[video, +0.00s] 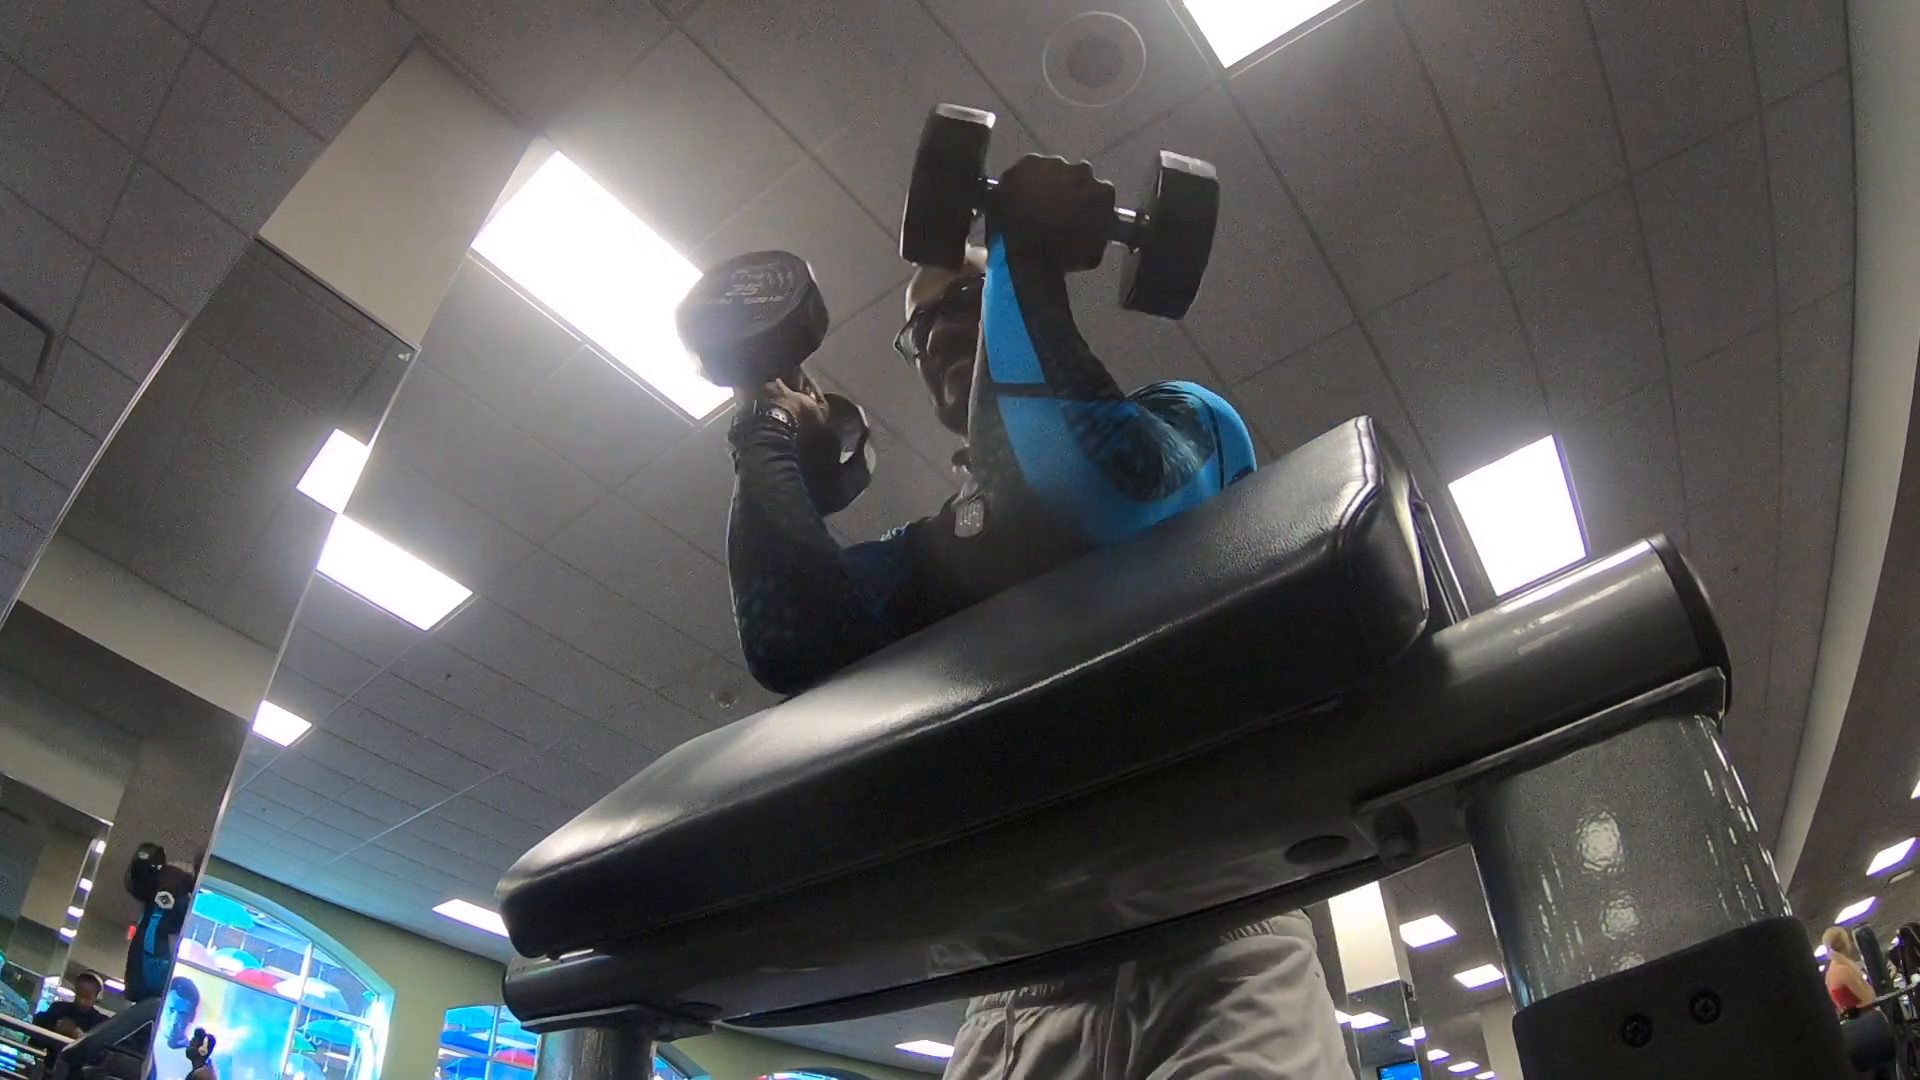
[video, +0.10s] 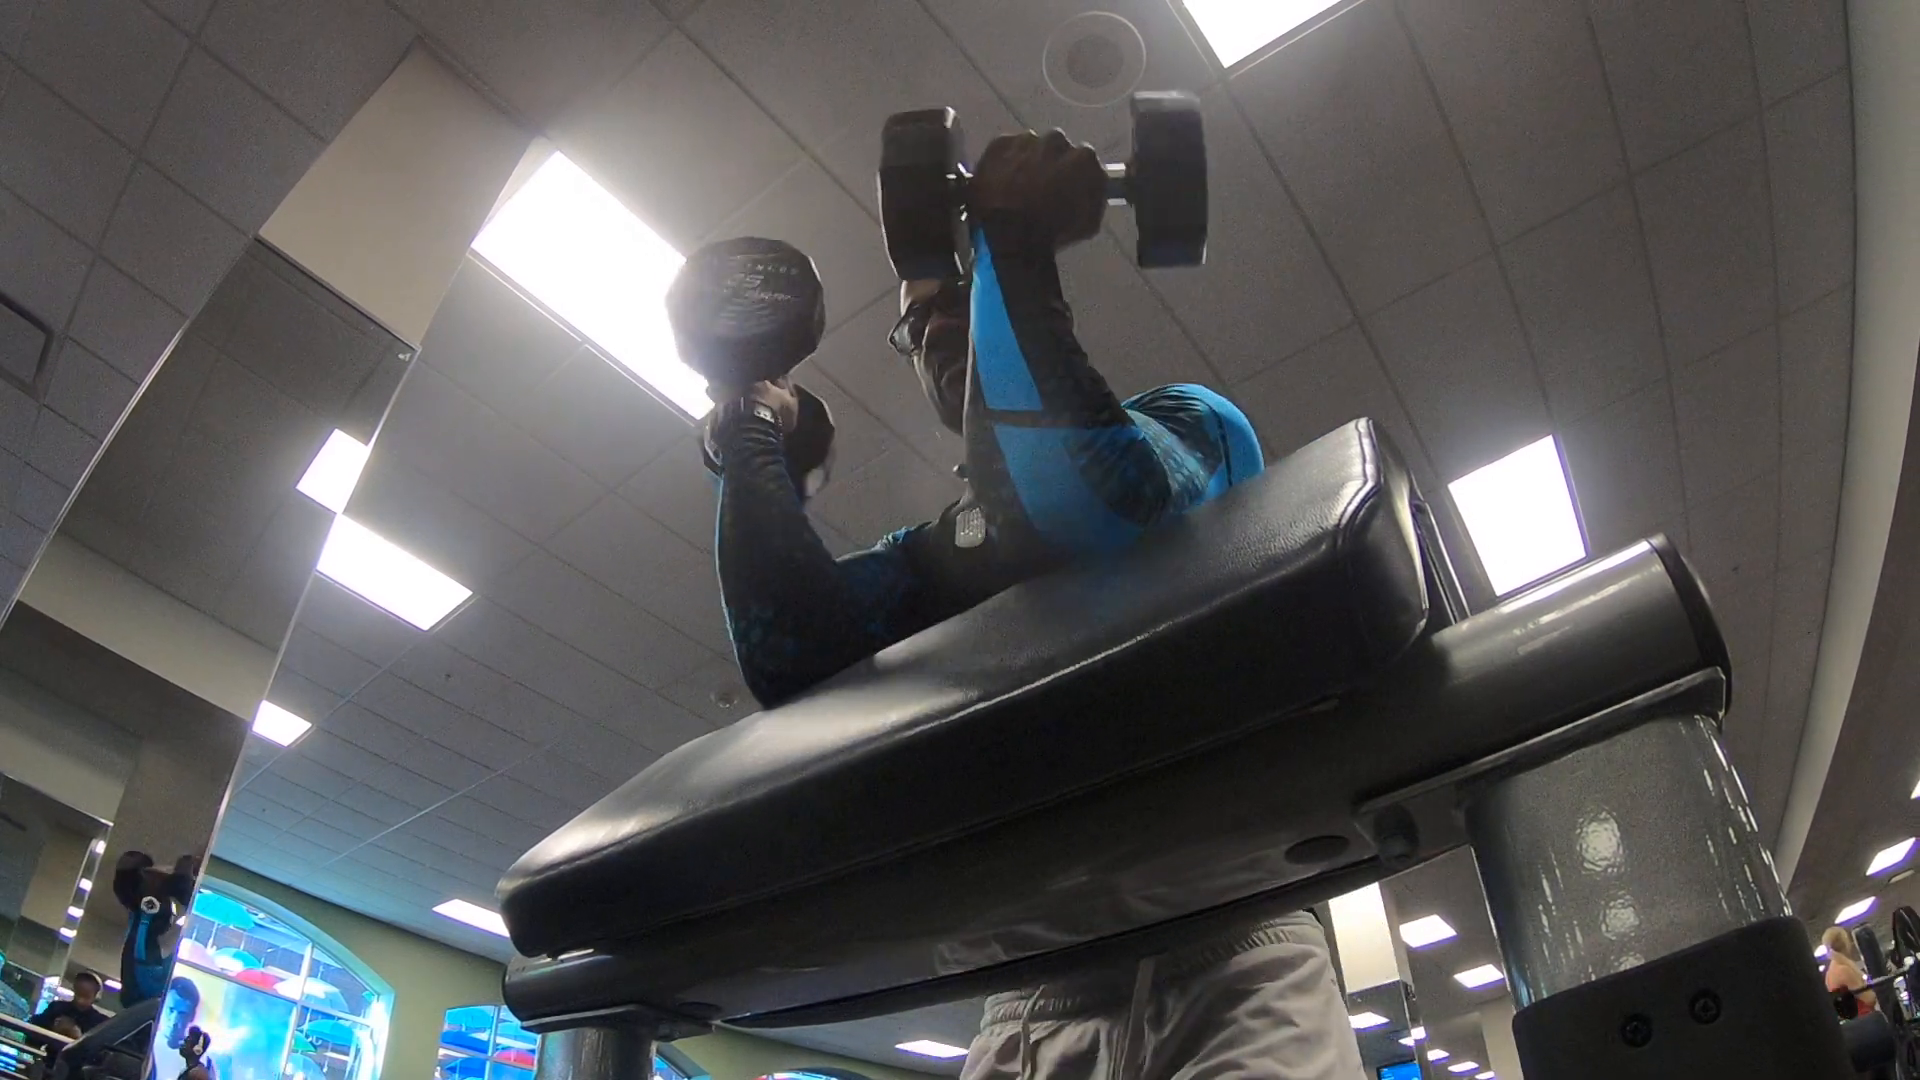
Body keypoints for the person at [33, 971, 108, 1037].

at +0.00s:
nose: (82, 1002)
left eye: (87, 998)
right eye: (79, 996)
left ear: (96, 997)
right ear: (75, 991)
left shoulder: (103, 1022)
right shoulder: (58, 1009)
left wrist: (78, 1035)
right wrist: (56, 1028)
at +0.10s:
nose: (80, 1000)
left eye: (86, 996)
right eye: (78, 994)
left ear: (95, 996)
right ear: (74, 989)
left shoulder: (102, 1022)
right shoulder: (56, 1008)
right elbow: (32, 1027)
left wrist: (80, 1040)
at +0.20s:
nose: (79, 1000)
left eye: (85, 996)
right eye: (77, 993)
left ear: (94, 995)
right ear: (72, 989)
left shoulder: (101, 1022)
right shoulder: (54, 1008)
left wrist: (77, 1037)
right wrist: (53, 1029)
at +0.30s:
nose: (78, 999)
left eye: (83, 995)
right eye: (76, 993)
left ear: (93, 994)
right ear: (72, 989)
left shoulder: (101, 1022)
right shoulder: (53, 1008)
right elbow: (31, 1038)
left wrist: (75, 1036)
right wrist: (52, 1028)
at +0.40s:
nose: (77, 999)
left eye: (82, 995)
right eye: (75, 993)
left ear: (91, 994)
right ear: (71, 989)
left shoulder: (99, 1021)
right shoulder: (53, 1008)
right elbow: (31, 1038)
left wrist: (76, 1037)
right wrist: (51, 1027)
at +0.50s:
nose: (76, 999)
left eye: (82, 995)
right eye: (74, 993)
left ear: (91, 994)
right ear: (70, 989)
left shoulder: (97, 1020)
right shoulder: (52, 1008)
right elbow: (32, 1037)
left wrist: (74, 1038)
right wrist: (50, 1027)